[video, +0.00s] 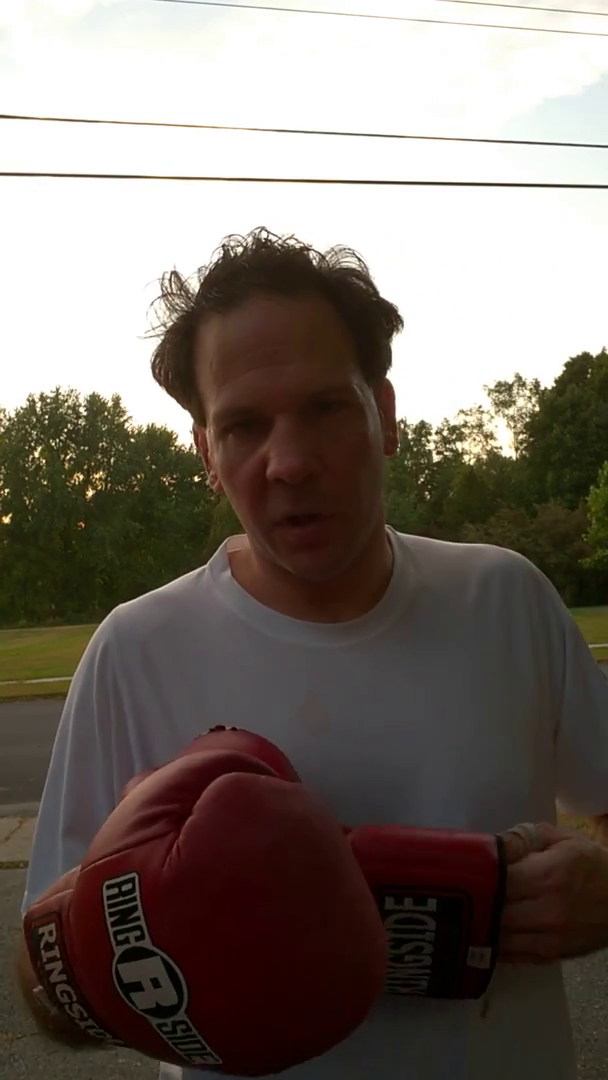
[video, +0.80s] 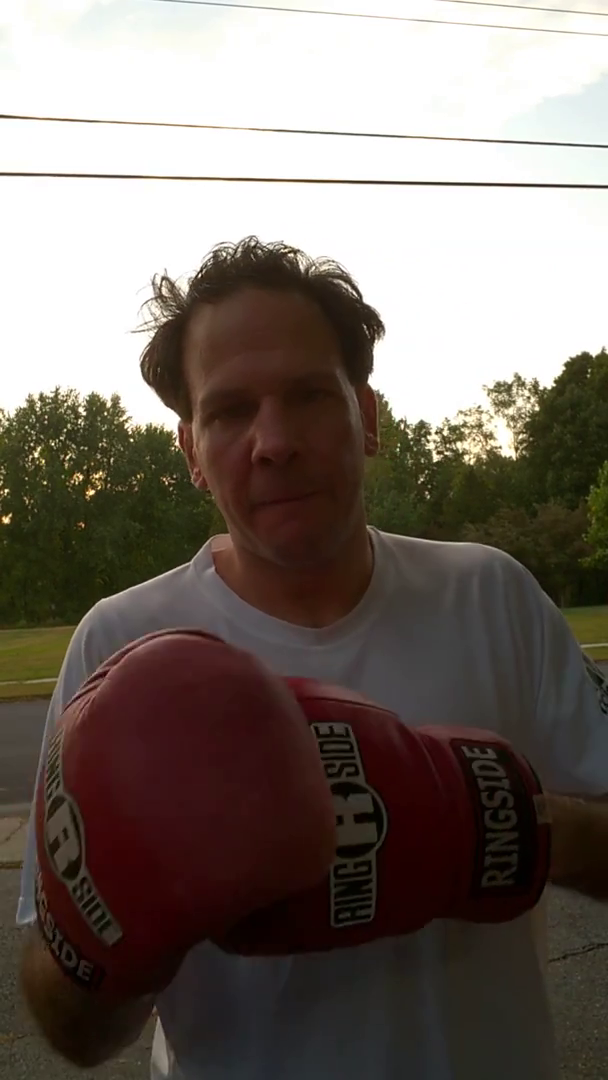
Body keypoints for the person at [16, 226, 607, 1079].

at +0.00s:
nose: (290, 462)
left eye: (325, 408)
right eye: (246, 426)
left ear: (386, 418)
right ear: (208, 458)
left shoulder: (510, 603)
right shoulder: (135, 655)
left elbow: (607, 816)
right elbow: (51, 996)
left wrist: (602, 880)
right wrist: (101, 898)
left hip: (515, 1065)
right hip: (253, 1069)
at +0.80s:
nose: (274, 443)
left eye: (308, 397)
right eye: (231, 410)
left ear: (369, 420)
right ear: (192, 454)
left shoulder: (493, 600)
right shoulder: (120, 643)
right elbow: (74, 1034)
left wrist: (503, 823)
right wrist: (134, 894)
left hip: (494, 1061)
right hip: (237, 1070)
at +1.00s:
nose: (178, 453)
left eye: (221, 400)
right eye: (163, 417)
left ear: (339, 419)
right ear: (157, 439)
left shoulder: (492, 602)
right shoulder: (112, 642)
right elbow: (88, 1038)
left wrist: (520, 819)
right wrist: (164, 882)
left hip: (480, 1061)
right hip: (223, 1070)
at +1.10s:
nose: (144, 451)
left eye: (186, 403)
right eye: (140, 416)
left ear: (314, 419)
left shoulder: (484, 597)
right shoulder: (104, 641)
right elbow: (91, 1038)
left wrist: (503, 813)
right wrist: (163, 868)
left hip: (469, 1060)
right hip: (215, 1068)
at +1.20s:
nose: (111, 456)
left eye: (154, 404)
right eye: (117, 415)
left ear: (283, 426)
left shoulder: (477, 599)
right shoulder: (94, 645)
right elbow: (78, 1043)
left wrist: (477, 816)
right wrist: (159, 834)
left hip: (460, 1062)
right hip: (210, 1068)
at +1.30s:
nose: (96, 461)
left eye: (137, 413)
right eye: (103, 419)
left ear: (266, 431)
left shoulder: (468, 600)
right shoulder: (80, 652)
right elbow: (74, 1046)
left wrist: (461, 807)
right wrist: (146, 834)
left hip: (453, 1061)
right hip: (201, 1069)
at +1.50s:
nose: (133, 468)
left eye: (173, 422)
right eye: (142, 429)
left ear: (298, 442)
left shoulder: (486, 599)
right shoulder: (117, 644)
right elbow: (98, 1019)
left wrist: (477, 796)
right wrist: (208, 805)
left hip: (473, 1060)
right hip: (223, 1067)